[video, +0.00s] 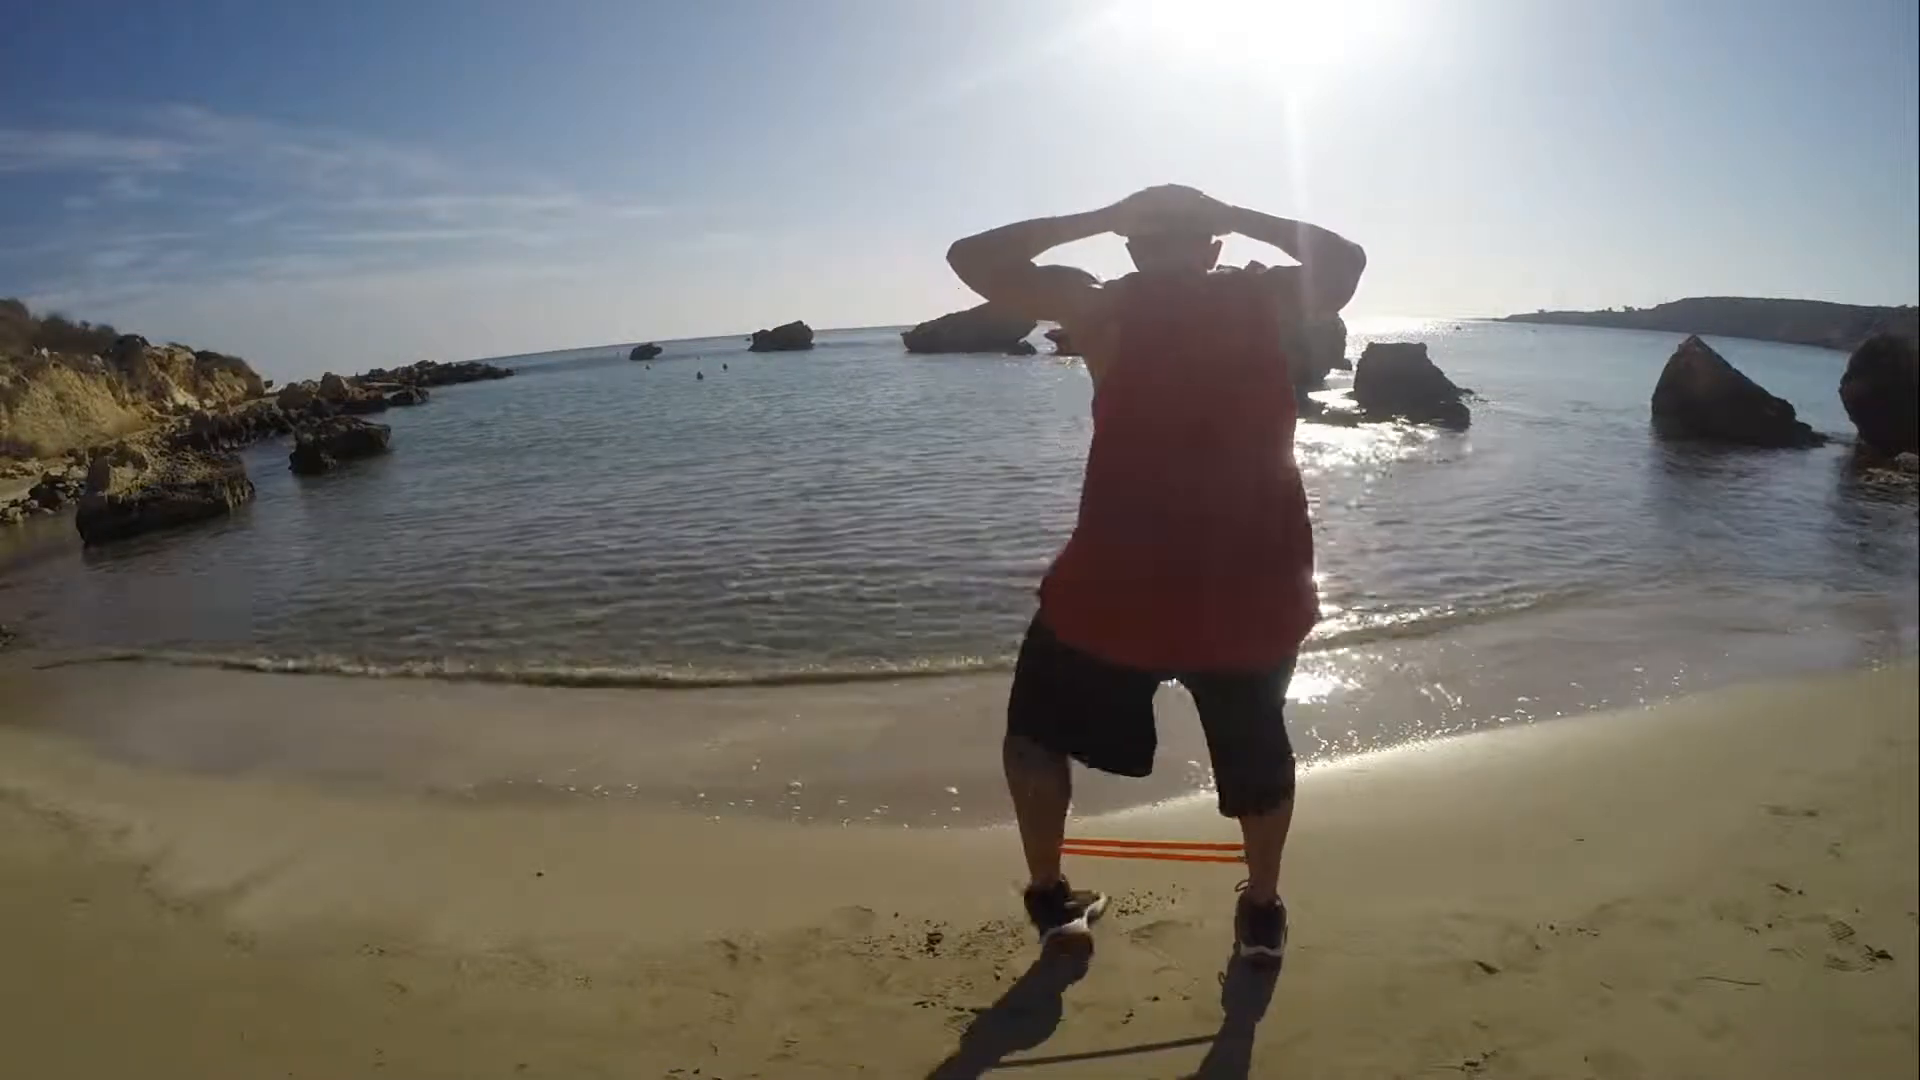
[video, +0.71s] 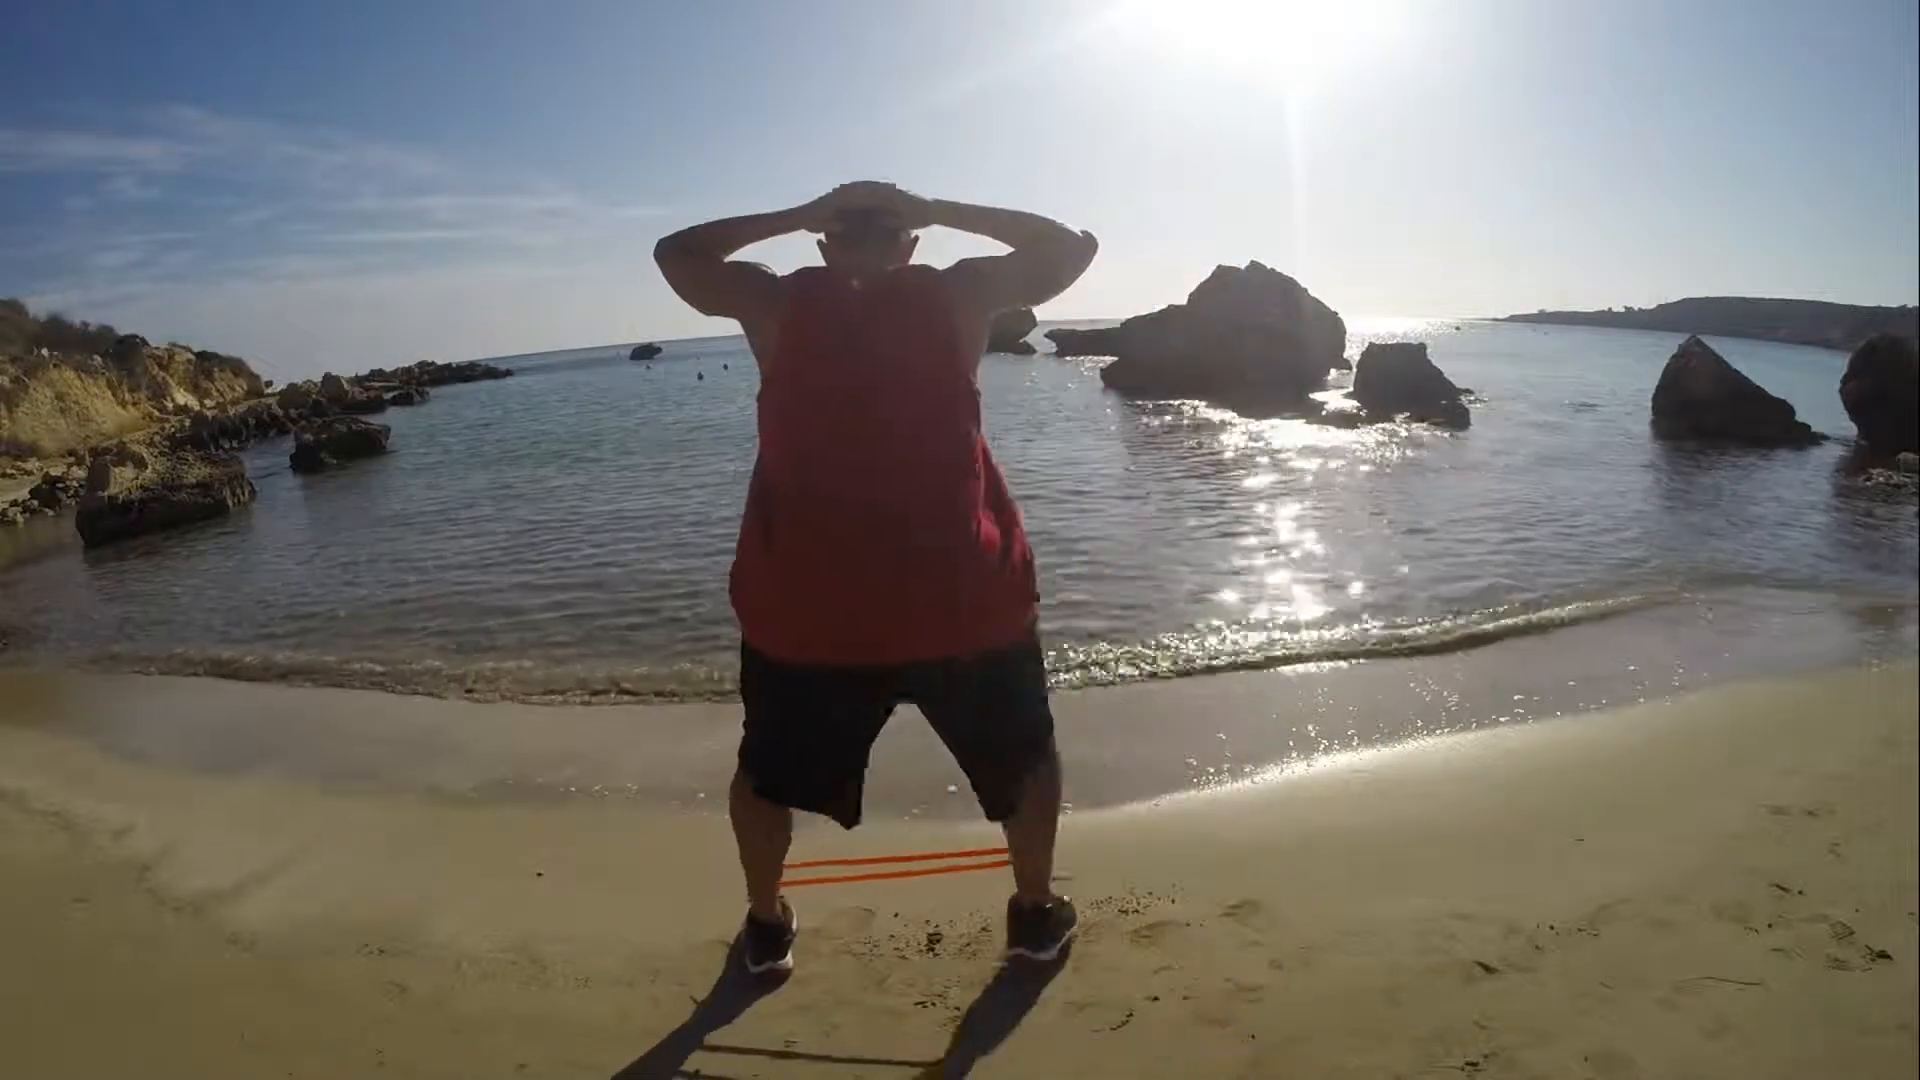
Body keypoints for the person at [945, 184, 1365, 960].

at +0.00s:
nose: (1145, 254)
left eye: (1142, 239)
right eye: (1152, 236)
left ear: (1133, 244)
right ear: (1212, 241)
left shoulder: (1109, 310)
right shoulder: (1272, 298)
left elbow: (973, 257)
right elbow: (1345, 257)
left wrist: (1102, 217)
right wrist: (1237, 216)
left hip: (1116, 573)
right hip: (1250, 580)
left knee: (1036, 726)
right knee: (1258, 743)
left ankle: (1046, 890)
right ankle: (1263, 906)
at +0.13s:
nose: (1144, 243)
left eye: (1137, 232)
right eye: (1161, 227)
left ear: (1120, 248)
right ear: (1203, 246)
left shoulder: (1089, 310)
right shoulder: (1259, 303)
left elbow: (960, 257)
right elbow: (1334, 263)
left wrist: (1092, 223)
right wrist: (1224, 221)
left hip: (1087, 566)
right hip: (1225, 581)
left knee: (959, 718)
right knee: (1249, 744)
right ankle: (1260, 908)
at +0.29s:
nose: (1093, 264)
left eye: (1090, 253)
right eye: (1110, 252)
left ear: (1077, 265)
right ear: (1157, 267)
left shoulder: (1034, 328)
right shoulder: (1209, 326)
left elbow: (911, 273)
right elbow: (1289, 275)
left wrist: (1042, 239)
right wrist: (1177, 237)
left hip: (1021, 594)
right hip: (1170, 606)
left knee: (875, 750)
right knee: (1230, 757)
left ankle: (784, 901)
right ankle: (1255, 904)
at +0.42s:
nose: (1050, 265)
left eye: (1044, 252)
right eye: (1052, 253)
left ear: (1001, 269)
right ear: (1083, 271)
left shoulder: (954, 337)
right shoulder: (1136, 336)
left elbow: (837, 283)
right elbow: (1233, 291)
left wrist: (968, 247)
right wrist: (1116, 246)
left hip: (959, 616)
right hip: (1110, 620)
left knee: (834, 765)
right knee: (1202, 767)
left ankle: (771, 922)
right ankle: (1249, 904)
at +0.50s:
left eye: (961, 247)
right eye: (999, 247)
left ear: (942, 260)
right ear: (1025, 263)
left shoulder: (891, 327)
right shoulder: (1072, 325)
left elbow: (779, 269)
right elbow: (1179, 279)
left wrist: (908, 236)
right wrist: (1057, 236)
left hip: (907, 607)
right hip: (1055, 607)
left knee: (807, 764)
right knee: (1169, 758)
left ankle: (769, 926)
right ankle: (1238, 903)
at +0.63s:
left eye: (880, 220)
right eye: (925, 220)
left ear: (860, 244)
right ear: (946, 244)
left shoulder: (809, 306)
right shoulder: (991, 303)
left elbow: (708, 251)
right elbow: (1102, 257)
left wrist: (830, 220)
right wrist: (974, 217)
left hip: (833, 585)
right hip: (985, 575)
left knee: (779, 761)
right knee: (1094, 739)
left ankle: (768, 925)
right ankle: (1141, 900)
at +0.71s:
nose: (866, 227)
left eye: (857, 218)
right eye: (875, 218)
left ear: (824, 241)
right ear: (914, 242)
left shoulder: (776, 304)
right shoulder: (961, 297)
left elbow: (676, 253)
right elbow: (1070, 247)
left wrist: (797, 218)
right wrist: (941, 211)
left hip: (809, 591)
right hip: (956, 583)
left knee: (767, 771)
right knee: (1025, 754)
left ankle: (764, 923)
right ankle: (1033, 910)